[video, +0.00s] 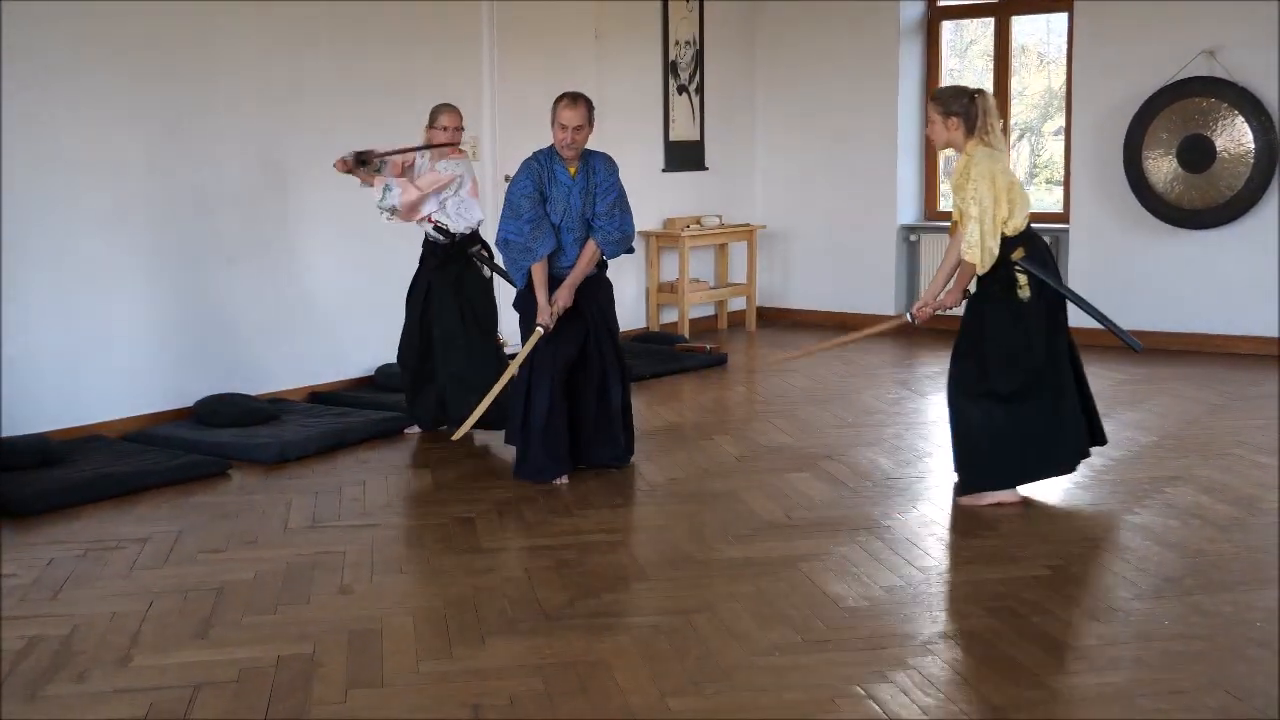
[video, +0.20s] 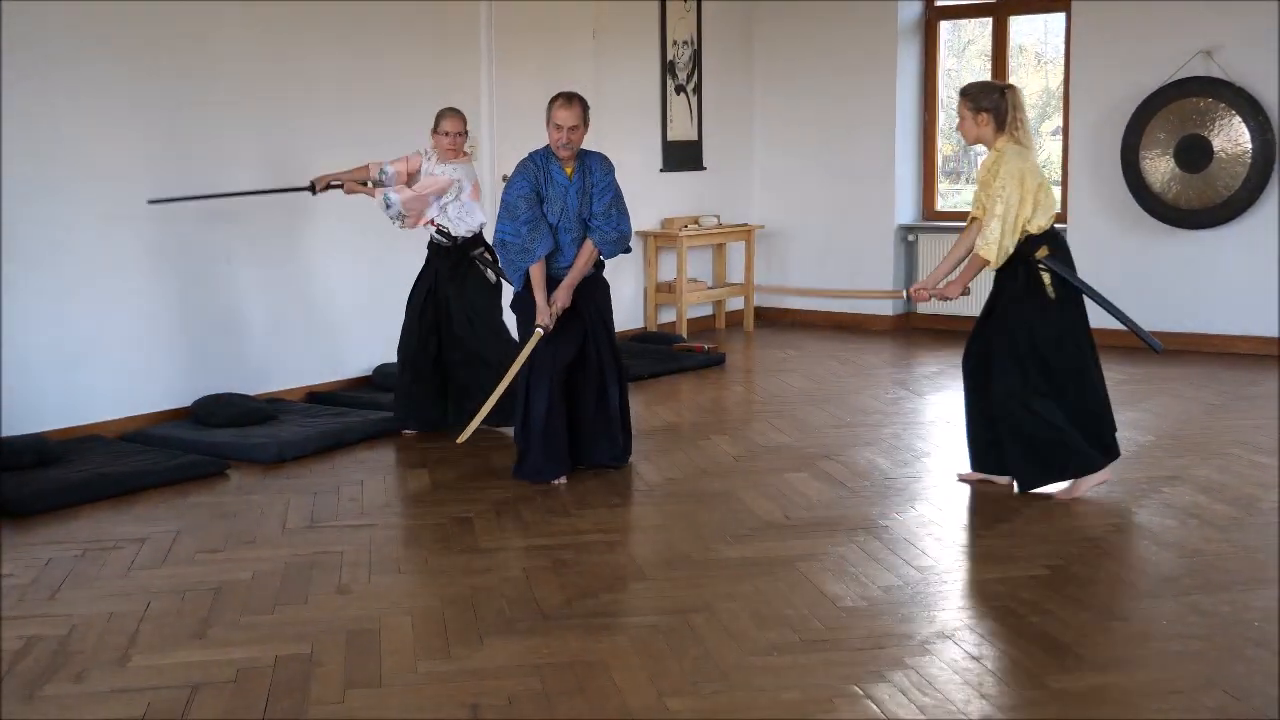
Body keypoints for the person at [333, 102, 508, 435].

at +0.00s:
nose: (453, 135)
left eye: (458, 129)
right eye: (445, 129)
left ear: (462, 131)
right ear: (429, 131)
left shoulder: (457, 163)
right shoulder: (420, 158)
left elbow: (409, 195)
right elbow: (387, 161)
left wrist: (362, 175)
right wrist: (358, 162)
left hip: (463, 254)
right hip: (436, 252)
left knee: (461, 334)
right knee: (428, 332)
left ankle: (461, 418)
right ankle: (428, 415)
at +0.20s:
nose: (453, 141)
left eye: (460, 135)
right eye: (446, 134)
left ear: (467, 138)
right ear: (434, 136)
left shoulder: (459, 170)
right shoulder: (425, 161)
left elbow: (408, 198)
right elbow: (381, 170)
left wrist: (365, 190)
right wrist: (331, 177)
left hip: (470, 262)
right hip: (439, 259)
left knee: (477, 337)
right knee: (421, 335)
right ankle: (419, 417)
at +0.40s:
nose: (449, 143)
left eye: (457, 138)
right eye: (443, 137)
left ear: (467, 141)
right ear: (435, 139)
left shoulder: (463, 172)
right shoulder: (433, 167)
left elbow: (418, 203)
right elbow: (396, 183)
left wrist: (379, 201)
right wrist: (349, 194)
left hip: (476, 261)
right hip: (449, 260)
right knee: (428, 332)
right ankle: (419, 415)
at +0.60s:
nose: (448, 142)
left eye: (455, 136)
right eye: (442, 136)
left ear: (466, 139)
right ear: (434, 137)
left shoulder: (462, 171)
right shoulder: (432, 166)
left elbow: (419, 200)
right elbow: (395, 182)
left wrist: (378, 199)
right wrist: (350, 193)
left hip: (478, 262)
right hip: (448, 262)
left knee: (487, 337)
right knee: (426, 338)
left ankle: (504, 416)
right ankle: (421, 417)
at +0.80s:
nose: (448, 141)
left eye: (455, 135)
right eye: (442, 134)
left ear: (465, 138)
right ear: (434, 136)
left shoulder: (463, 169)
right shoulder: (432, 166)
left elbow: (420, 196)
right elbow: (395, 181)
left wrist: (378, 198)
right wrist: (348, 191)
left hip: (479, 260)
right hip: (449, 260)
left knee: (489, 337)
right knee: (425, 336)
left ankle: (510, 418)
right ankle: (420, 417)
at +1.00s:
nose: (446, 137)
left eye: (454, 132)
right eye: (441, 131)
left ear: (467, 137)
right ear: (434, 134)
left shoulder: (464, 167)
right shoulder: (436, 164)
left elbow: (424, 198)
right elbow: (396, 179)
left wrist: (377, 199)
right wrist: (349, 190)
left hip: (479, 258)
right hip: (451, 257)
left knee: (487, 338)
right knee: (426, 335)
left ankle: (508, 418)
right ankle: (417, 416)